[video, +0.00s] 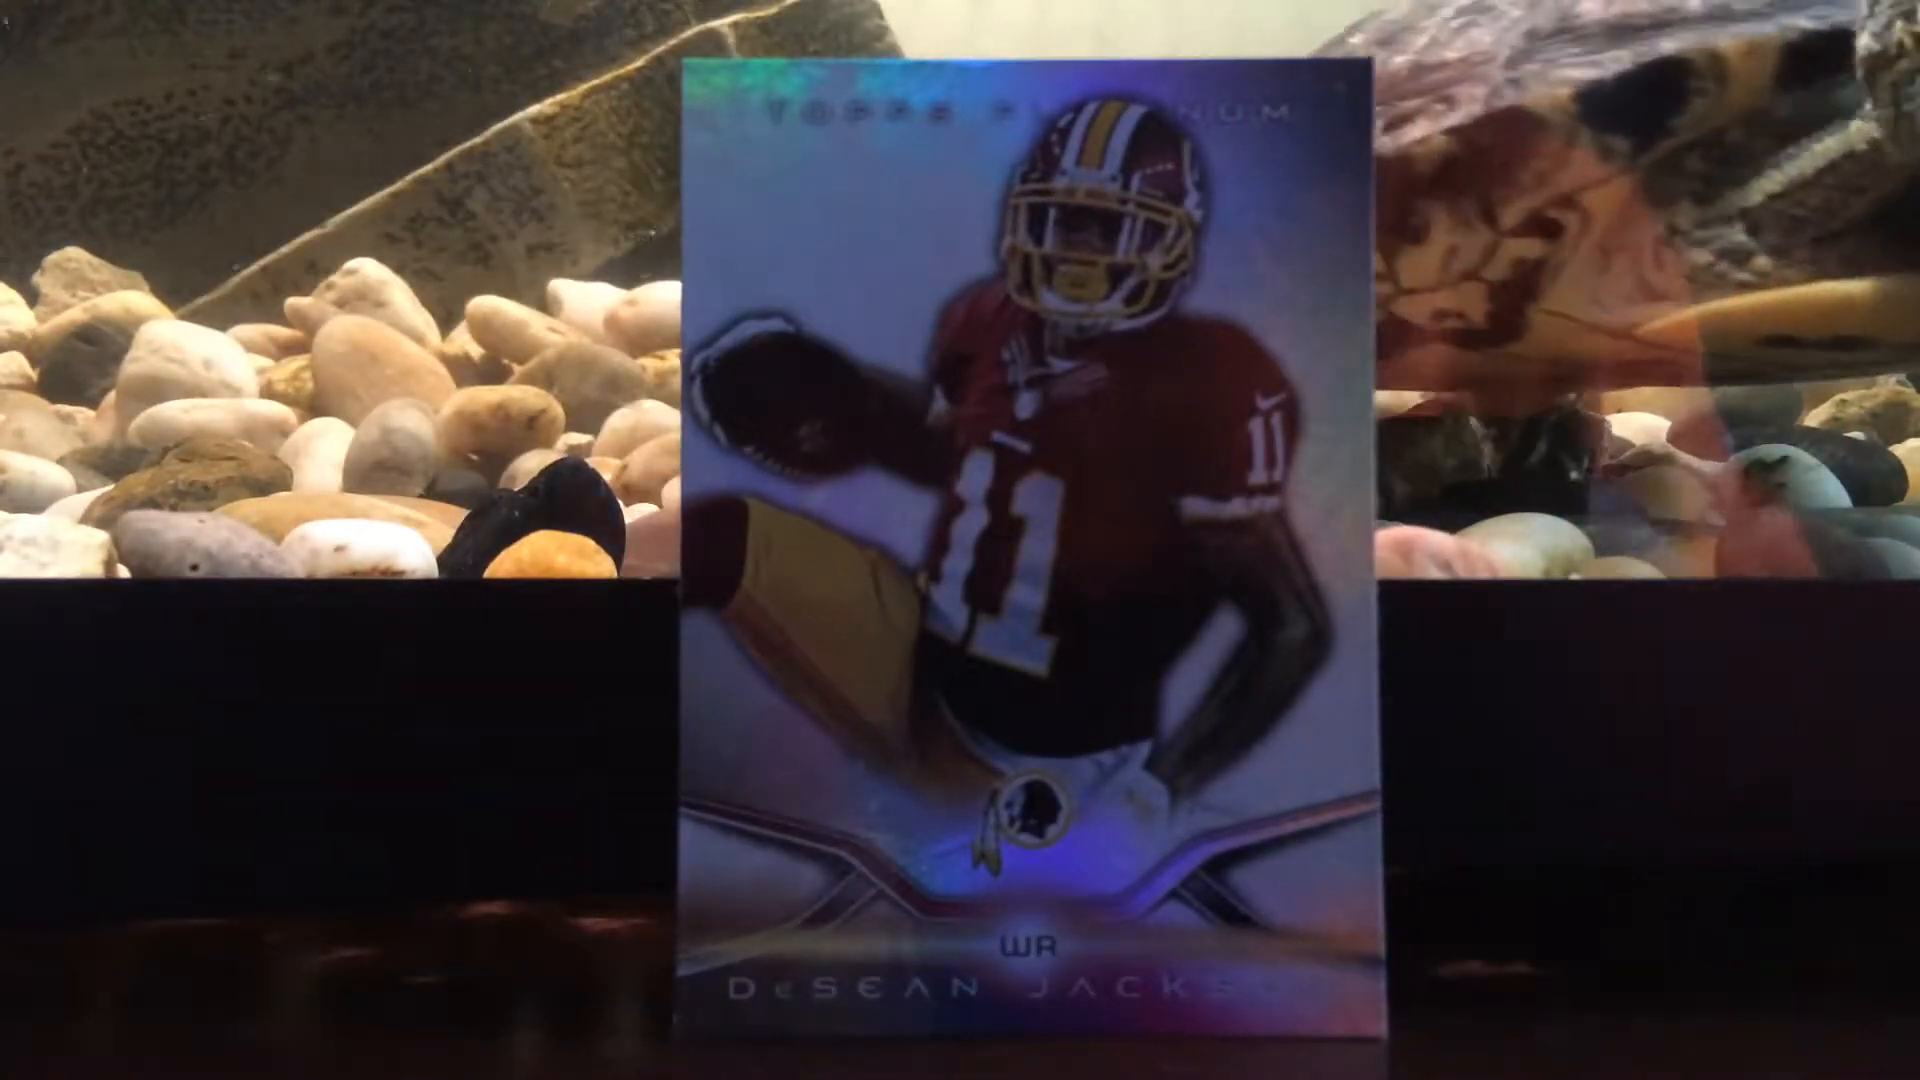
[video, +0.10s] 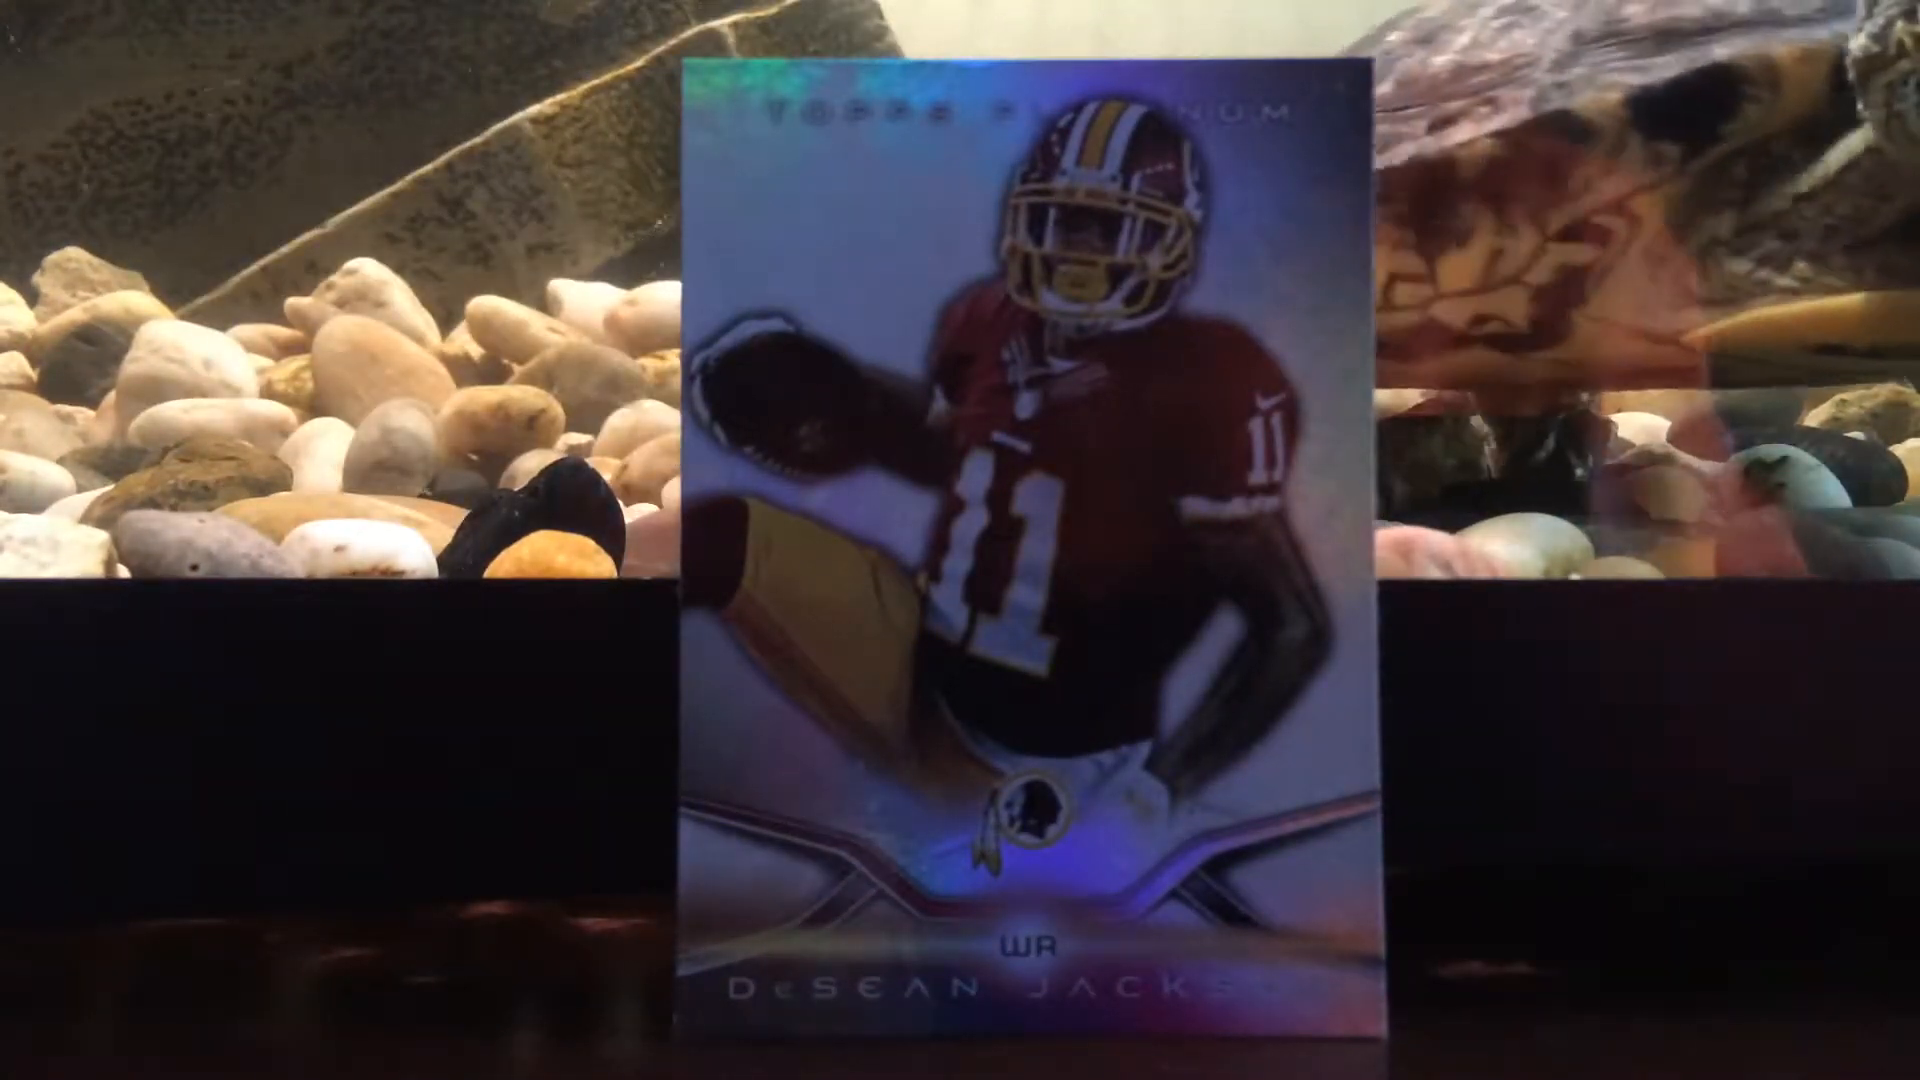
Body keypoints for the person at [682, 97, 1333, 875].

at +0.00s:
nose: (1079, 253)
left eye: (1113, 229)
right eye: (1060, 221)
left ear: (1175, 244)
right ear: (1021, 225)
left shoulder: (1214, 383)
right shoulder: (980, 325)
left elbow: (1294, 629)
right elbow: (956, 458)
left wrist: (1155, 793)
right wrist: (853, 412)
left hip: (1078, 756)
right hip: (927, 679)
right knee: (713, 535)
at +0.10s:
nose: (1080, 253)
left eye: (1114, 229)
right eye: (1060, 221)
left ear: (1175, 244)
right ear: (1021, 225)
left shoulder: (1214, 383)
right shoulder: (980, 325)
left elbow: (1294, 630)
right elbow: (955, 457)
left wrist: (1155, 793)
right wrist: (852, 411)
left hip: (1077, 758)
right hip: (927, 680)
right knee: (713, 535)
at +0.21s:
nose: (1078, 253)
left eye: (1113, 229)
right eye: (1059, 221)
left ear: (1175, 245)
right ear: (1021, 225)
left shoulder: (1215, 384)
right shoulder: (980, 325)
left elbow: (1294, 629)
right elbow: (955, 458)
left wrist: (1157, 790)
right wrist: (851, 409)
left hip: (1082, 758)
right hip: (928, 684)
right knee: (712, 535)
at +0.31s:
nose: (1077, 252)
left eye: (1112, 229)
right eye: (1058, 221)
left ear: (1174, 244)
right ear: (1020, 226)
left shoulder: (1216, 385)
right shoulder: (980, 325)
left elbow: (1294, 629)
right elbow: (955, 456)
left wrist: (1156, 791)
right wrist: (850, 409)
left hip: (1082, 756)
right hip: (928, 682)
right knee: (711, 536)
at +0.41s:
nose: (1077, 252)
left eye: (1112, 229)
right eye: (1058, 221)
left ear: (1174, 244)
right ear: (1020, 226)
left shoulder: (1215, 384)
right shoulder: (980, 325)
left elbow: (1294, 629)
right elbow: (954, 456)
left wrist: (1156, 791)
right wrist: (849, 408)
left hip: (1082, 757)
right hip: (929, 683)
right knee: (711, 535)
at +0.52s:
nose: (1077, 252)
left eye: (1112, 228)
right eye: (1058, 220)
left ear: (1175, 244)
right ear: (1020, 225)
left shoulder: (1215, 384)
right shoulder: (980, 325)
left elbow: (1294, 629)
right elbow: (955, 457)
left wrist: (1156, 791)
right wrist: (851, 409)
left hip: (1081, 756)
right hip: (928, 682)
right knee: (712, 535)